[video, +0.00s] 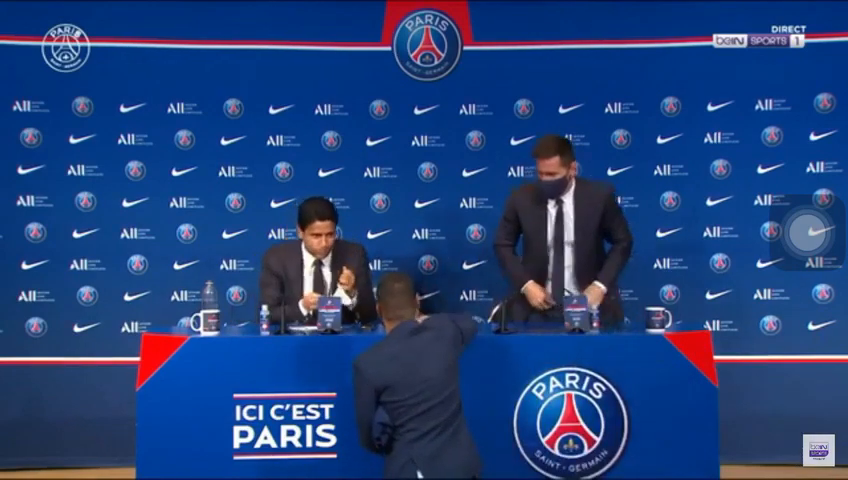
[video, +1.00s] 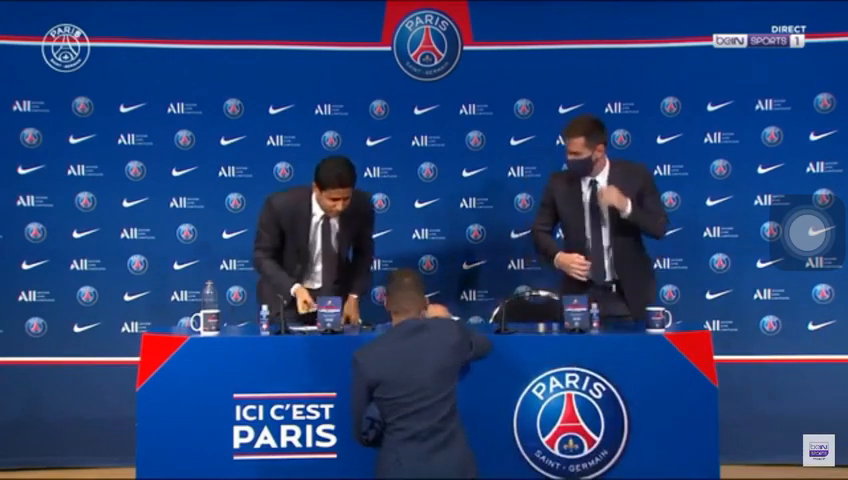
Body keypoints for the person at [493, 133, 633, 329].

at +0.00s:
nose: (544, 181)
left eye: (552, 174)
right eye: (540, 174)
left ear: (572, 170)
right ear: (536, 170)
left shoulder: (599, 196)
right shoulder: (522, 198)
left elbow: (623, 242)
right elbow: (503, 245)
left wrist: (600, 286)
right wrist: (527, 285)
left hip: (588, 310)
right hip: (539, 311)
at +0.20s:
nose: (566, 173)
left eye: (573, 167)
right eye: (562, 166)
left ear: (592, 162)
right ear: (557, 162)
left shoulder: (618, 192)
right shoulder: (541, 191)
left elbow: (644, 236)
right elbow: (518, 238)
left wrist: (633, 276)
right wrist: (531, 276)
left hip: (606, 305)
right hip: (555, 305)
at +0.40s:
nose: (574, 166)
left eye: (581, 160)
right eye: (572, 159)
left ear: (603, 157)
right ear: (568, 154)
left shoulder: (632, 188)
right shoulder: (555, 188)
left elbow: (658, 234)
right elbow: (530, 233)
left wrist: (646, 269)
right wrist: (543, 266)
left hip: (616, 302)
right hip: (567, 301)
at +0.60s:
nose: (574, 158)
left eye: (581, 153)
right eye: (572, 151)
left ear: (603, 151)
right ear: (570, 145)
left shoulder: (638, 182)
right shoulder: (560, 182)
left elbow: (665, 228)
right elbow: (536, 227)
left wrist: (648, 261)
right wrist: (548, 256)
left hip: (620, 296)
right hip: (574, 295)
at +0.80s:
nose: (571, 158)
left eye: (578, 152)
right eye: (569, 151)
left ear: (601, 150)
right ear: (567, 146)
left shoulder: (637, 180)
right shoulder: (560, 182)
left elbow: (666, 229)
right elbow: (539, 229)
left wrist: (639, 249)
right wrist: (554, 256)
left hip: (625, 295)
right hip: (578, 295)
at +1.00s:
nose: (570, 160)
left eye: (577, 155)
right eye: (568, 153)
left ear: (599, 151)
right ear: (566, 148)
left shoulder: (635, 176)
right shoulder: (559, 183)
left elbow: (659, 227)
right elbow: (540, 231)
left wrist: (626, 207)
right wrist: (558, 257)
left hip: (627, 295)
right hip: (581, 296)